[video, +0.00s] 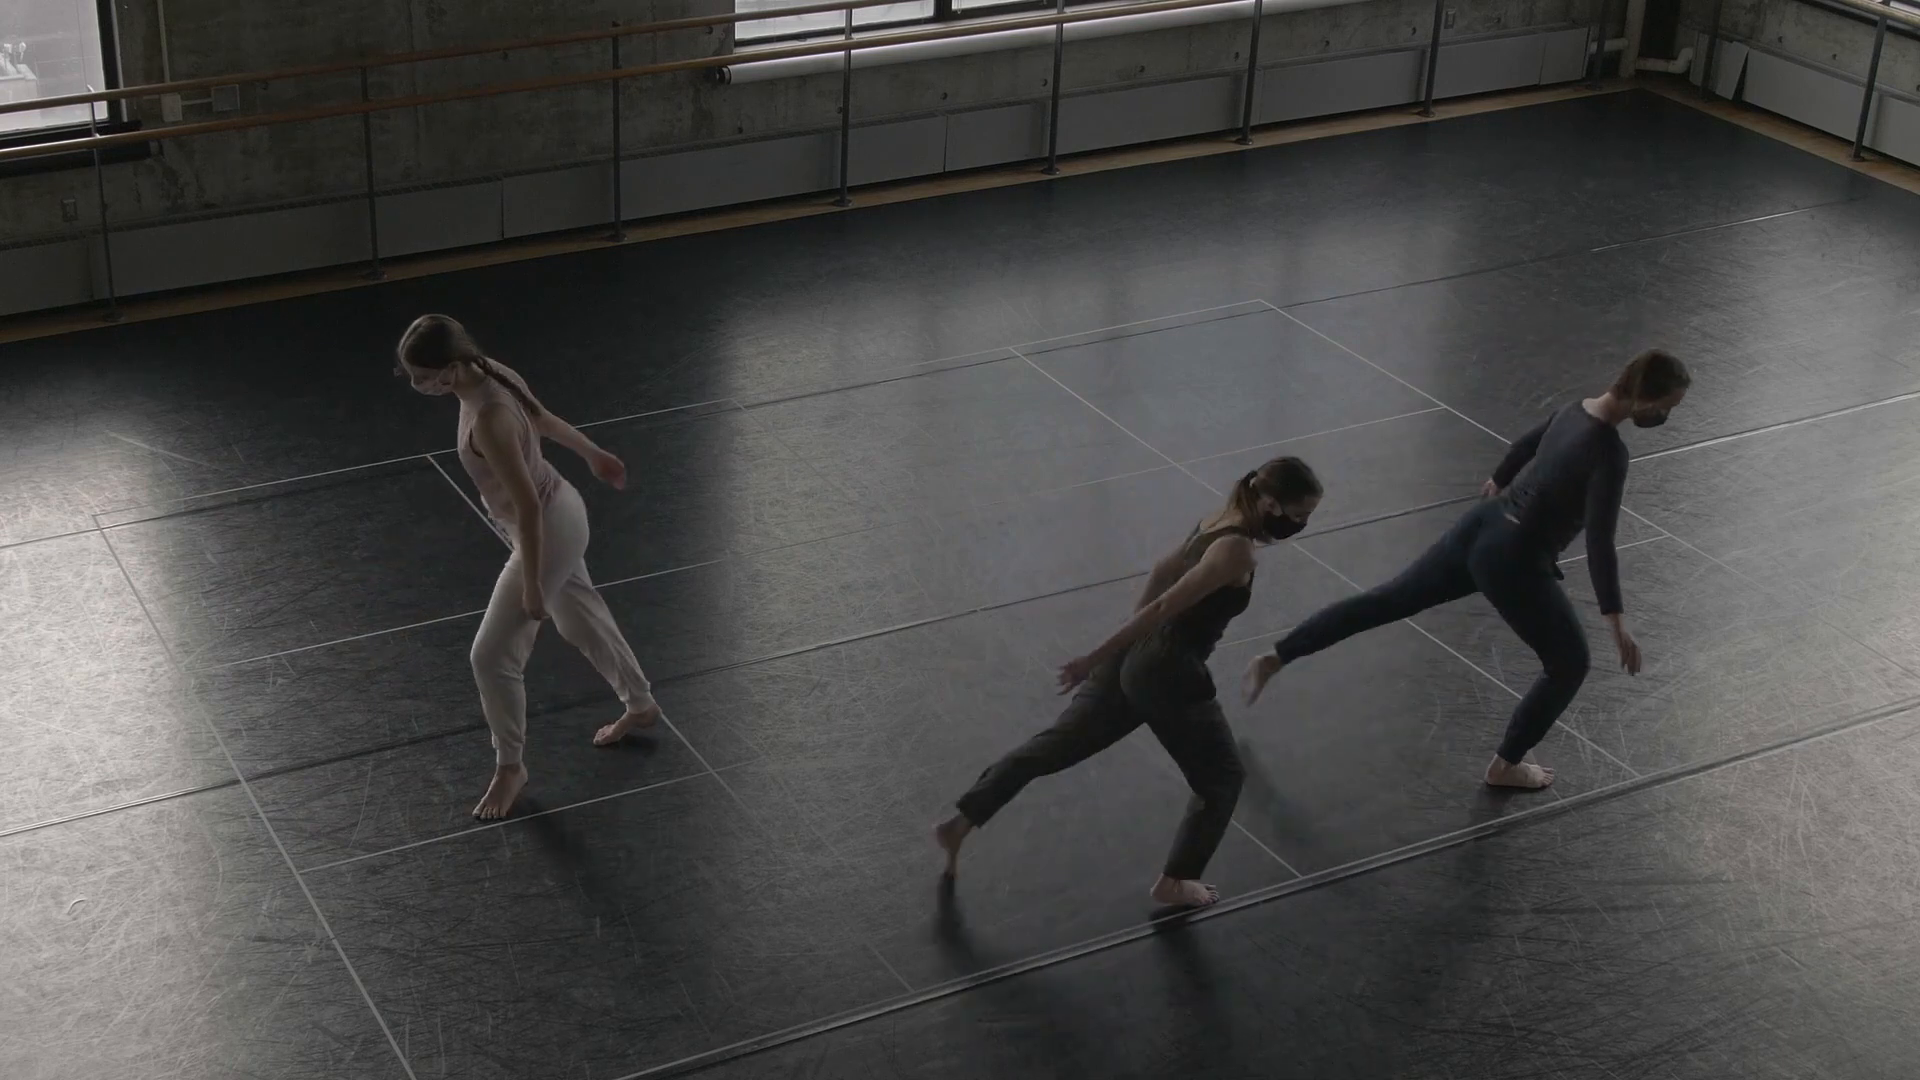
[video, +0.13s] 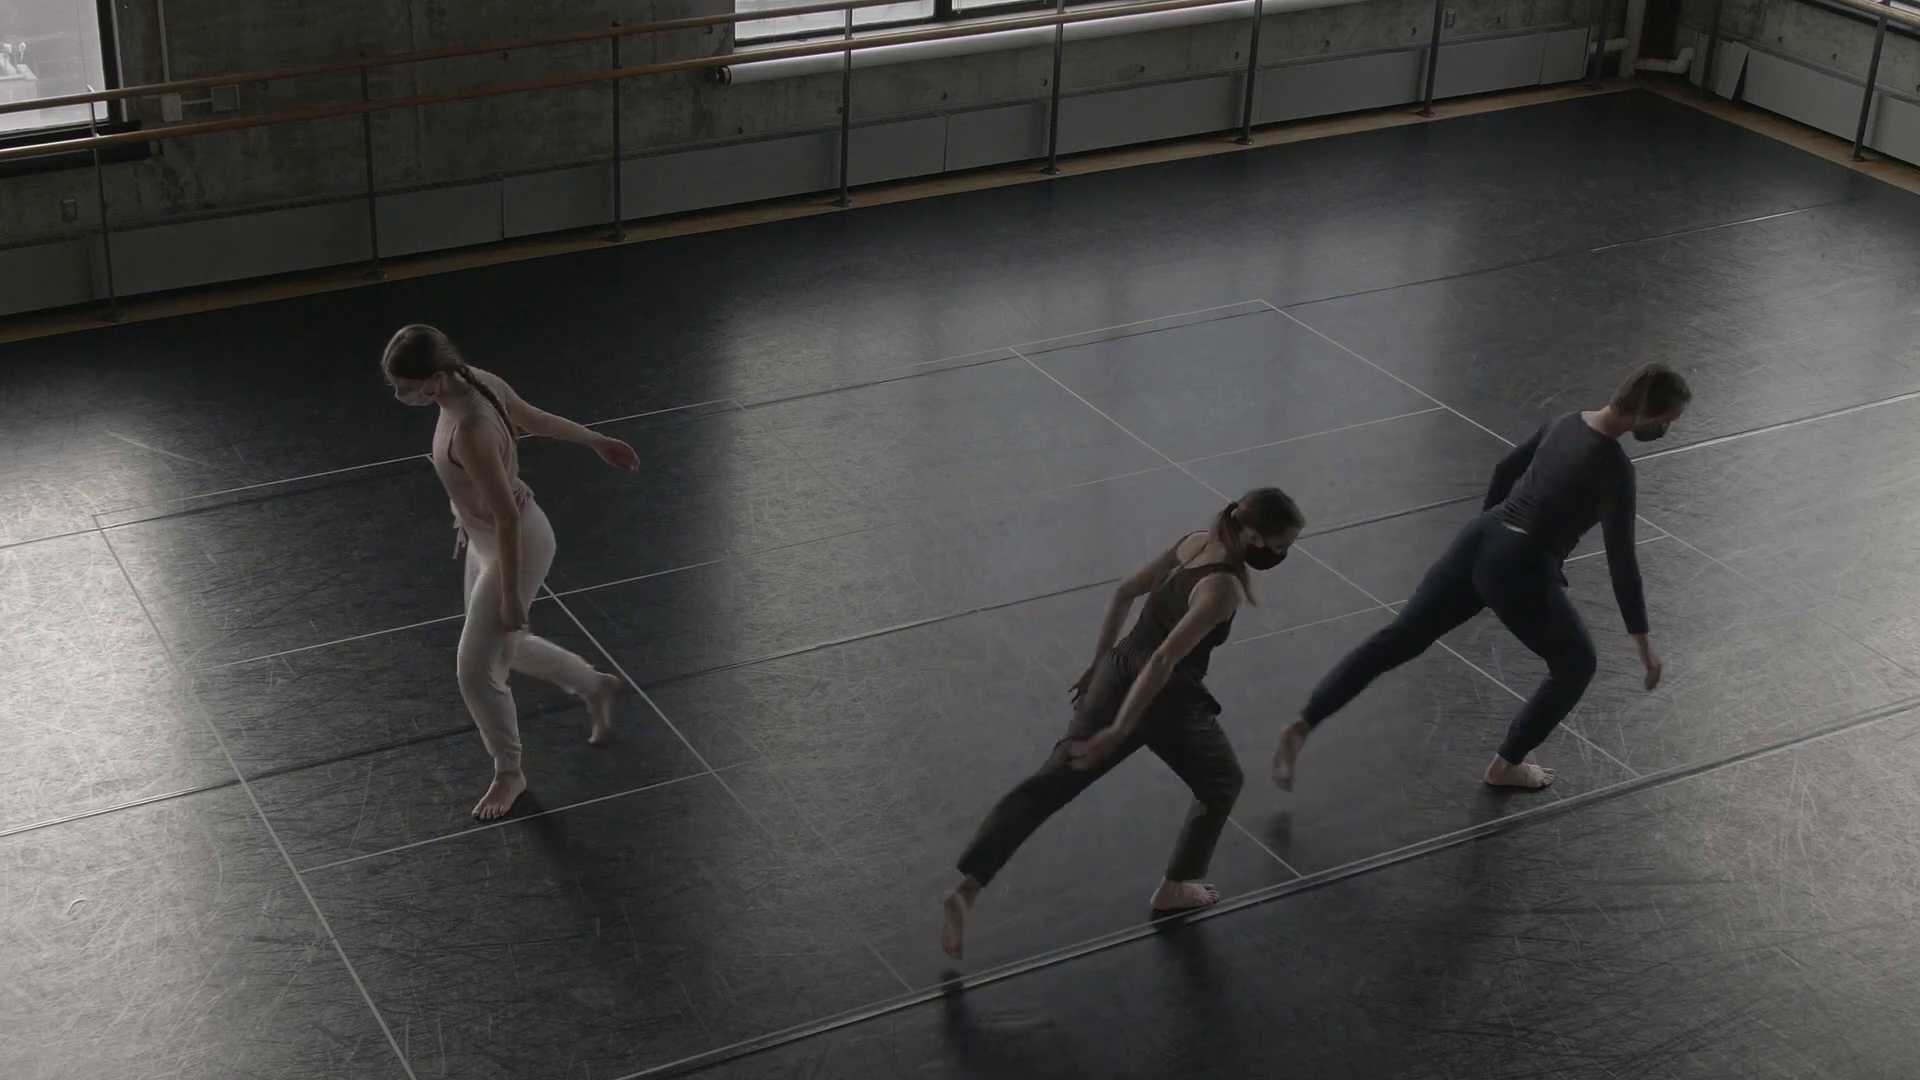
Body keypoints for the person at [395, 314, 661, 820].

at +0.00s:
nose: (422, 388)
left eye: (426, 378)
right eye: (416, 380)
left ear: (451, 365)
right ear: (452, 359)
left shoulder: (490, 422)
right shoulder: (489, 373)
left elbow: (527, 506)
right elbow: (540, 419)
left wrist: (531, 584)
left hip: (541, 535)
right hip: (558, 506)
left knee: (491, 655)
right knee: (582, 613)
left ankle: (510, 769)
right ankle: (640, 702)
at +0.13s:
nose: (402, 397)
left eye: (407, 389)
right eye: (398, 389)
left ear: (434, 378)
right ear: (436, 369)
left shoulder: (472, 434)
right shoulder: (473, 379)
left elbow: (507, 512)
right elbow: (532, 420)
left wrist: (511, 593)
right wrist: (596, 440)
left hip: (513, 549)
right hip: (482, 537)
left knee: (476, 674)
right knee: (501, 644)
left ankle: (508, 772)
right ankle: (594, 684)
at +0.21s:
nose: (391, 408)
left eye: (397, 401)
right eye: (386, 400)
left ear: (428, 387)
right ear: (427, 380)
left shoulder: (459, 441)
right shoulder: (455, 387)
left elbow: (497, 521)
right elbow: (511, 417)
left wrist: (500, 602)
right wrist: (568, 429)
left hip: (498, 556)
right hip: (461, 539)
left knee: (469, 678)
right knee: (425, 642)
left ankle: (509, 774)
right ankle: (514, 683)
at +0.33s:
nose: (372, 425)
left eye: (380, 418)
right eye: (366, 416)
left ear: (406, 400)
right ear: (361, 397)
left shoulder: (444, 444)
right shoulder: (397, 409)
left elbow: (485, 523)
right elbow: (429, 415)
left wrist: (490, 605)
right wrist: (470, 425)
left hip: (474, 562)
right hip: (427, 546)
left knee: (463, 684)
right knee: (374, 643)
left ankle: (507, 774)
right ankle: (372, 719)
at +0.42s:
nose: (364, 431)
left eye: (374, 424)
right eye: (356, 422)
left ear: (394, 407)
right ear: (345, 405)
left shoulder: (424, 434)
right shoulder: (340, 414)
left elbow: (473, 514)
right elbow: (373, 463)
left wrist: (485, 594)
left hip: (455, 552)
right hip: (395, 544)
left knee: (469, 677)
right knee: (351, 651)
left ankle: (509, 773)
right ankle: (302, 729)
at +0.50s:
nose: (356, 446)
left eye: (363, 439)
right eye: (347, 440)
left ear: (376, 418)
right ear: (328, 420)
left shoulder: (401, 433)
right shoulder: (307, 431)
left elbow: (451, 503)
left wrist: (472, 575)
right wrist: (297, 468)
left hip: (424, 530)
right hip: (359, 536)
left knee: (479, 645)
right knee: (327, 645)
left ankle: (520, 761)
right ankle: (299, 735)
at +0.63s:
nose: (341, 471)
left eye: (349, 464)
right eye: (332, 464)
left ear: (360, 446)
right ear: (311, 447)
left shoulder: (381, 458)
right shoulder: (285, 450)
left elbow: (424, 510)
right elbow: (245, 480)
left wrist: (448, 570)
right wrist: (214, 511)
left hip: (384, 533)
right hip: (315, 535)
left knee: (457, 608)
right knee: (301, 639)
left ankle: (535, 690)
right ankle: (299, 732)